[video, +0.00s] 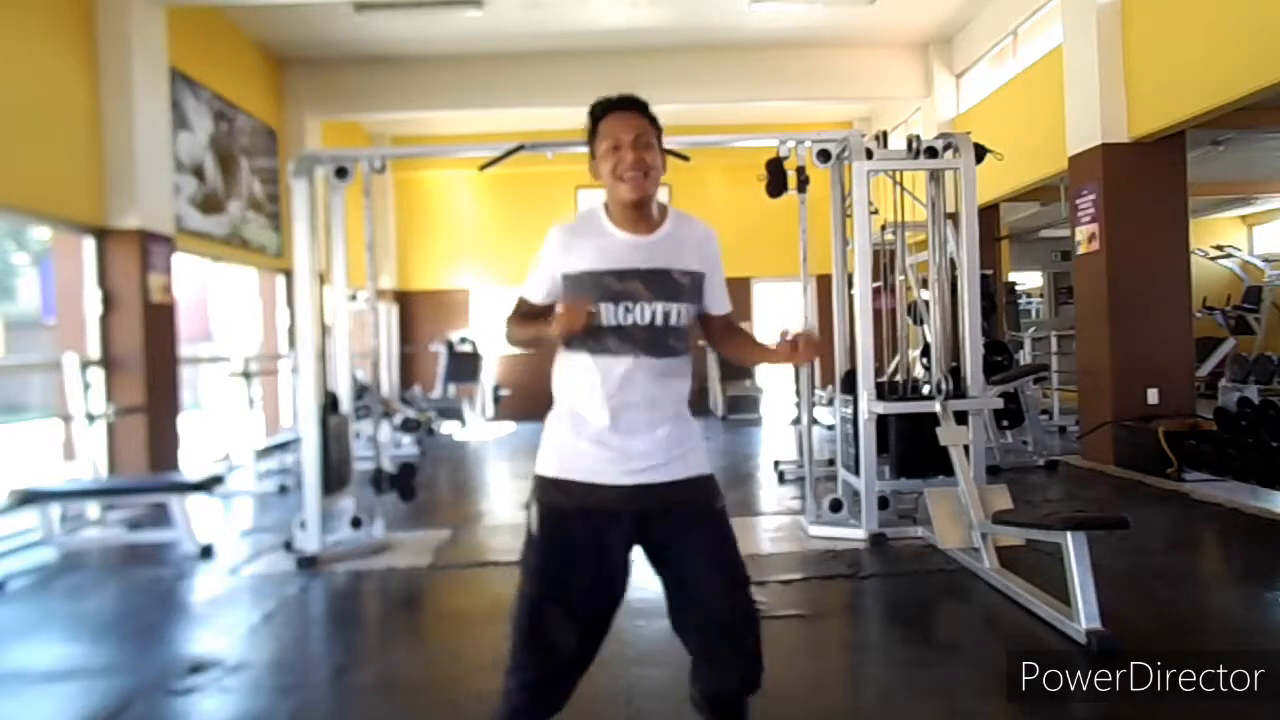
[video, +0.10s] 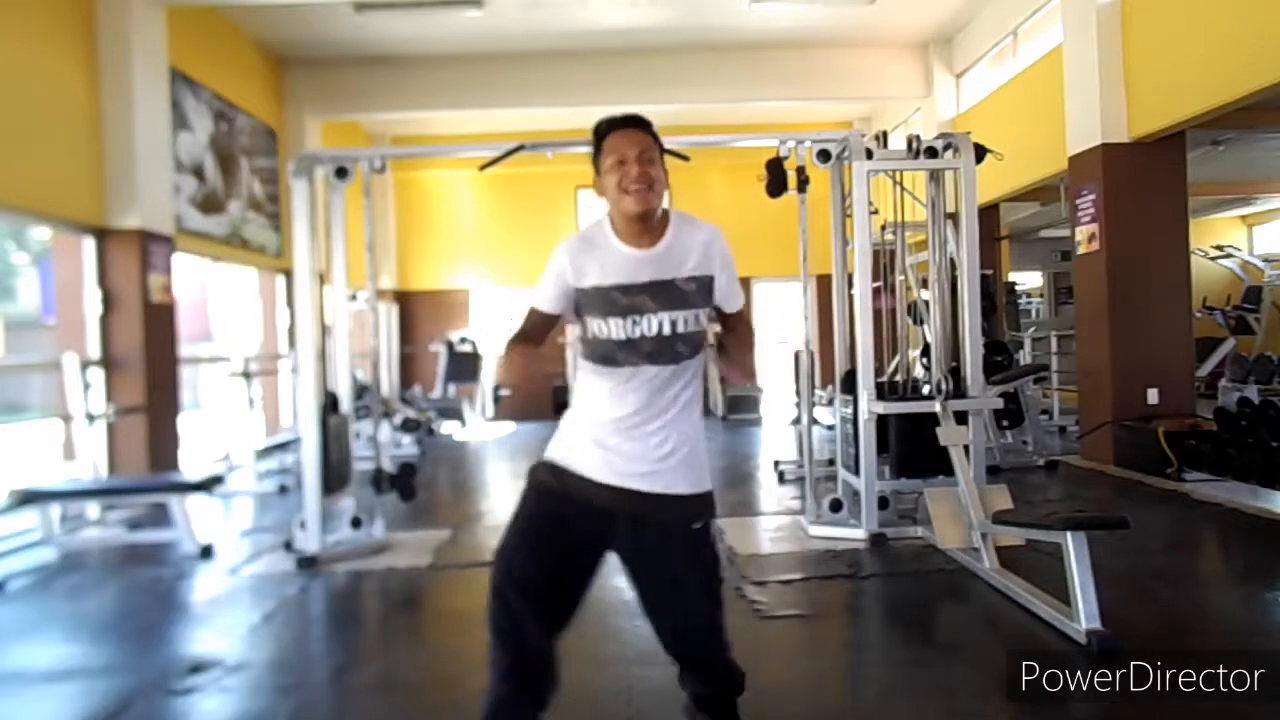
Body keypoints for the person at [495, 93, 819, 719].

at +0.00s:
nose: (632, 158)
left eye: (643, 144)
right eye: (615, 149)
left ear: (663, 154)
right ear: (594, 167)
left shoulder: (696, 239)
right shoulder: (568, 240)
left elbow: (723, 332)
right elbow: (519, 325)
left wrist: (777, 354)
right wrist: (553, 326)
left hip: (677, 471)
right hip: (579, 475)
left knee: (729, 638)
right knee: (547, 652)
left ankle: (722, 710)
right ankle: (518, 715)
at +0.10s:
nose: (637, 172)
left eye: (647, 159)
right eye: (620, 164)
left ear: (666, 169)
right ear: (599, 184)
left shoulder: (705, 243)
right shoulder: (578, 253)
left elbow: (734, 321)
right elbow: (533, 334)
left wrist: (739, 364)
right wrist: (517, 362)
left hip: (672, 481)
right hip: (578, 469)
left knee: (700, 647)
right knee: (516, 601)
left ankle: (717, 706)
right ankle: (516, 707)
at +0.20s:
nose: (637, 157)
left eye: (648, 145)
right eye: (622, 148)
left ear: (666, 157)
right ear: (602, 164)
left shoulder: (697, 234)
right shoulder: (572, 241)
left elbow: (700, 322)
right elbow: (543, 332)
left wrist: (719, 307)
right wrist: (500, 314)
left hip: (674, 467)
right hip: (579, 458)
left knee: (684, 644)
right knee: (504, 616)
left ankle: (720, 699)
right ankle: (507, 710)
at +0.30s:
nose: (633, 158)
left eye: (645, 148)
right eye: (618, 149)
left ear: (662, 162)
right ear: (599, 164)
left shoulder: (686, 237)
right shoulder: (564, 230)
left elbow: (690, 325)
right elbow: (532, 312)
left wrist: (729, 304)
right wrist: (541, 304)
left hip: (671, 439)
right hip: (582, 443)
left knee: (711, 572)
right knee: (544, 581)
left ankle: (736, 692)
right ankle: (513, 696)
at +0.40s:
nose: (629, 175)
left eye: (640, 164)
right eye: (615, 167)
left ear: (658, 177)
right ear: (597, 182)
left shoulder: (686, 253)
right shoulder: (566, 252)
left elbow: (706, 338)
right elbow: (507, 316)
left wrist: (746, 348)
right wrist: (525, 345)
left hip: (663, 455)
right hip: (574, 459)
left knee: (721, 585)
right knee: (548, 594)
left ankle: (739, 681)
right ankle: (515, 695)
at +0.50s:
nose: (633, 186)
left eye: (643, 175)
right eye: (619, 179)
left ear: (663, 186)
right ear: (602, 196)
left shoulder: (699, 252)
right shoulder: (582, 261)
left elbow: (722, 326)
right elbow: (538, 321)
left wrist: (721, 334)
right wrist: (510, 345)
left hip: (664, 464)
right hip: (578, 454)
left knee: (693, 590)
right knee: (522, 567)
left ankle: (730, 677)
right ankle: (512, 692)